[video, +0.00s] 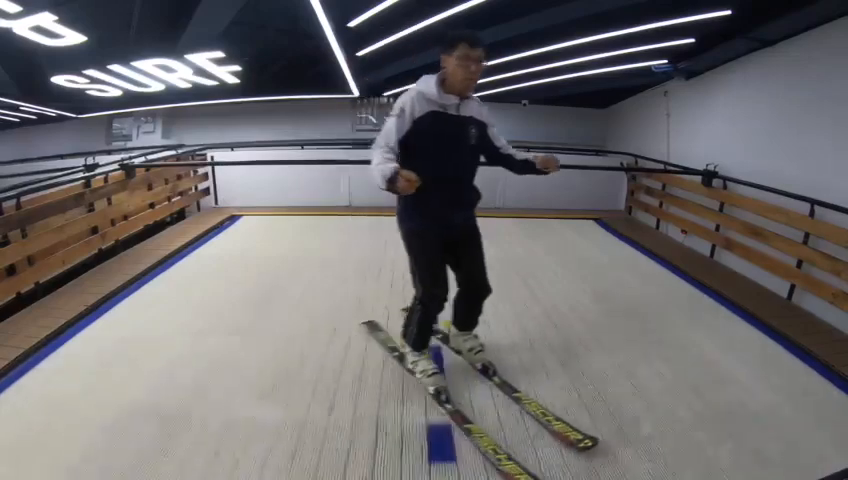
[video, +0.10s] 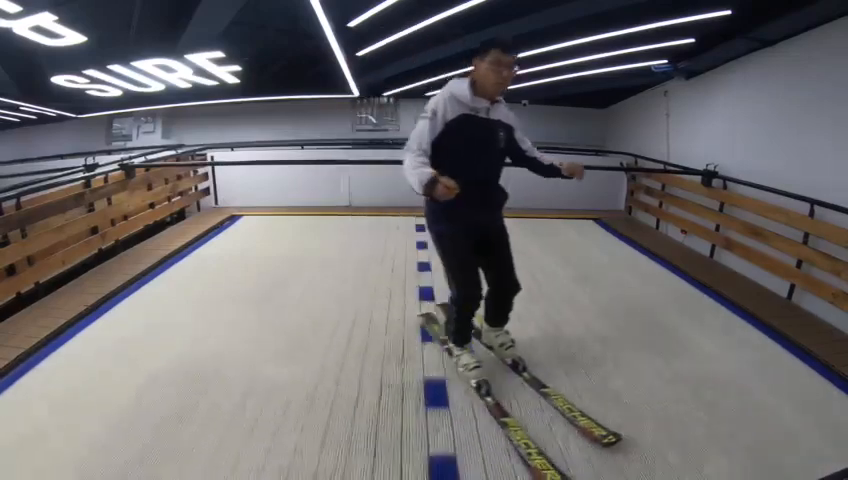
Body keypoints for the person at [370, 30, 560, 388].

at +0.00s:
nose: (474, 70)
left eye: (479, 63)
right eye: (466, 61)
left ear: (483, 67)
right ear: (444, 61)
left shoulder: (476, 111)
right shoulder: (414, 101)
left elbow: (501, 155)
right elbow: (382, 153)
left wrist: (535, 163)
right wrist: (392, 176)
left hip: (459, 211)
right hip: (419, 211)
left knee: (476, 287)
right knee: (432, 292)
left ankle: (461, 332)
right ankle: (416, 349)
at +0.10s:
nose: (505, 75)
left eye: (510, 68)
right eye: (497, 66)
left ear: (513, 74)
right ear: (476, 65)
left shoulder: (503, 116)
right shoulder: (445, 103)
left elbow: (527, 156)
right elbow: (414, 156)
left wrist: (561, 169)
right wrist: (429, 182)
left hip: (486, 208)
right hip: (447, 210)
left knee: (505, 284)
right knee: (468, 290)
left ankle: (494, 328)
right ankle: (458, 342)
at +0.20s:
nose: (534, 78)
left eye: (538, 72)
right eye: (526, 70)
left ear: (539, 74)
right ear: (503, 68)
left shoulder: (527, 116)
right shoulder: (473, 104)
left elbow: (545, 155)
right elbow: (442, 159)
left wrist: (581, 172)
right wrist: (463, 188)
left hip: (512, 208)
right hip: (474, 210)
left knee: (536, 281)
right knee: (499, 291)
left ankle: (521, 327)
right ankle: (494, 342)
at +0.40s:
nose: (582, 91)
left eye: (586, 84)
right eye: (574, 82)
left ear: (587, 87)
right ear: (552, 78)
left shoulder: (572, 126)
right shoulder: (521, 114)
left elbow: (590, 162)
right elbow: (490, 168)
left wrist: (625, 183)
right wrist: (512, 201)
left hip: (556, 214)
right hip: (520, 216)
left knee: (579, 284)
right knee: (544, 293)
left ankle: (566, 328)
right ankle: (535, 339)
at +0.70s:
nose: (628, 96)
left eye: (632, 90)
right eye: (620, 88)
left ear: (636, 92)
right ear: (600, 86)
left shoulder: (623, 133)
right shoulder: (570, 119)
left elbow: (640, 172)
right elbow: (538, 172)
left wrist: (674, 191)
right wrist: (554, 207)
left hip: (605, 224)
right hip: (567, 225)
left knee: (623, 295)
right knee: (589, 301)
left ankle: (621, 341)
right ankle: (591, 356)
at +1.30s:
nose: (603, 93)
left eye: (610, 85)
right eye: (594, 84)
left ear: (618, 90)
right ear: (575, 85)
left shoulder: (625, 140)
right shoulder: (543, 126)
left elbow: (653, 186)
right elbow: (513, 172)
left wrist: (681, 212)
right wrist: (499, 201)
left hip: (592, 251)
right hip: (541, 247)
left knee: (591, 331)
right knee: (543, 333)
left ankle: (624, 388)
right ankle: (575, 392)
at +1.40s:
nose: (576, 90)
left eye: (584, 81)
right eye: (567, 81)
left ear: (594, 85)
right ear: (551, 81)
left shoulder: (605, 140)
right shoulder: (519, 124)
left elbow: (634, 187)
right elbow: (490, 172)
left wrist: (655, 212)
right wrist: (471, 198)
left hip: (567, 253)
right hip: (515, 248)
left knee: (564, 336)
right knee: (511, 333)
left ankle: (602, 398)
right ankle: (546, 395)